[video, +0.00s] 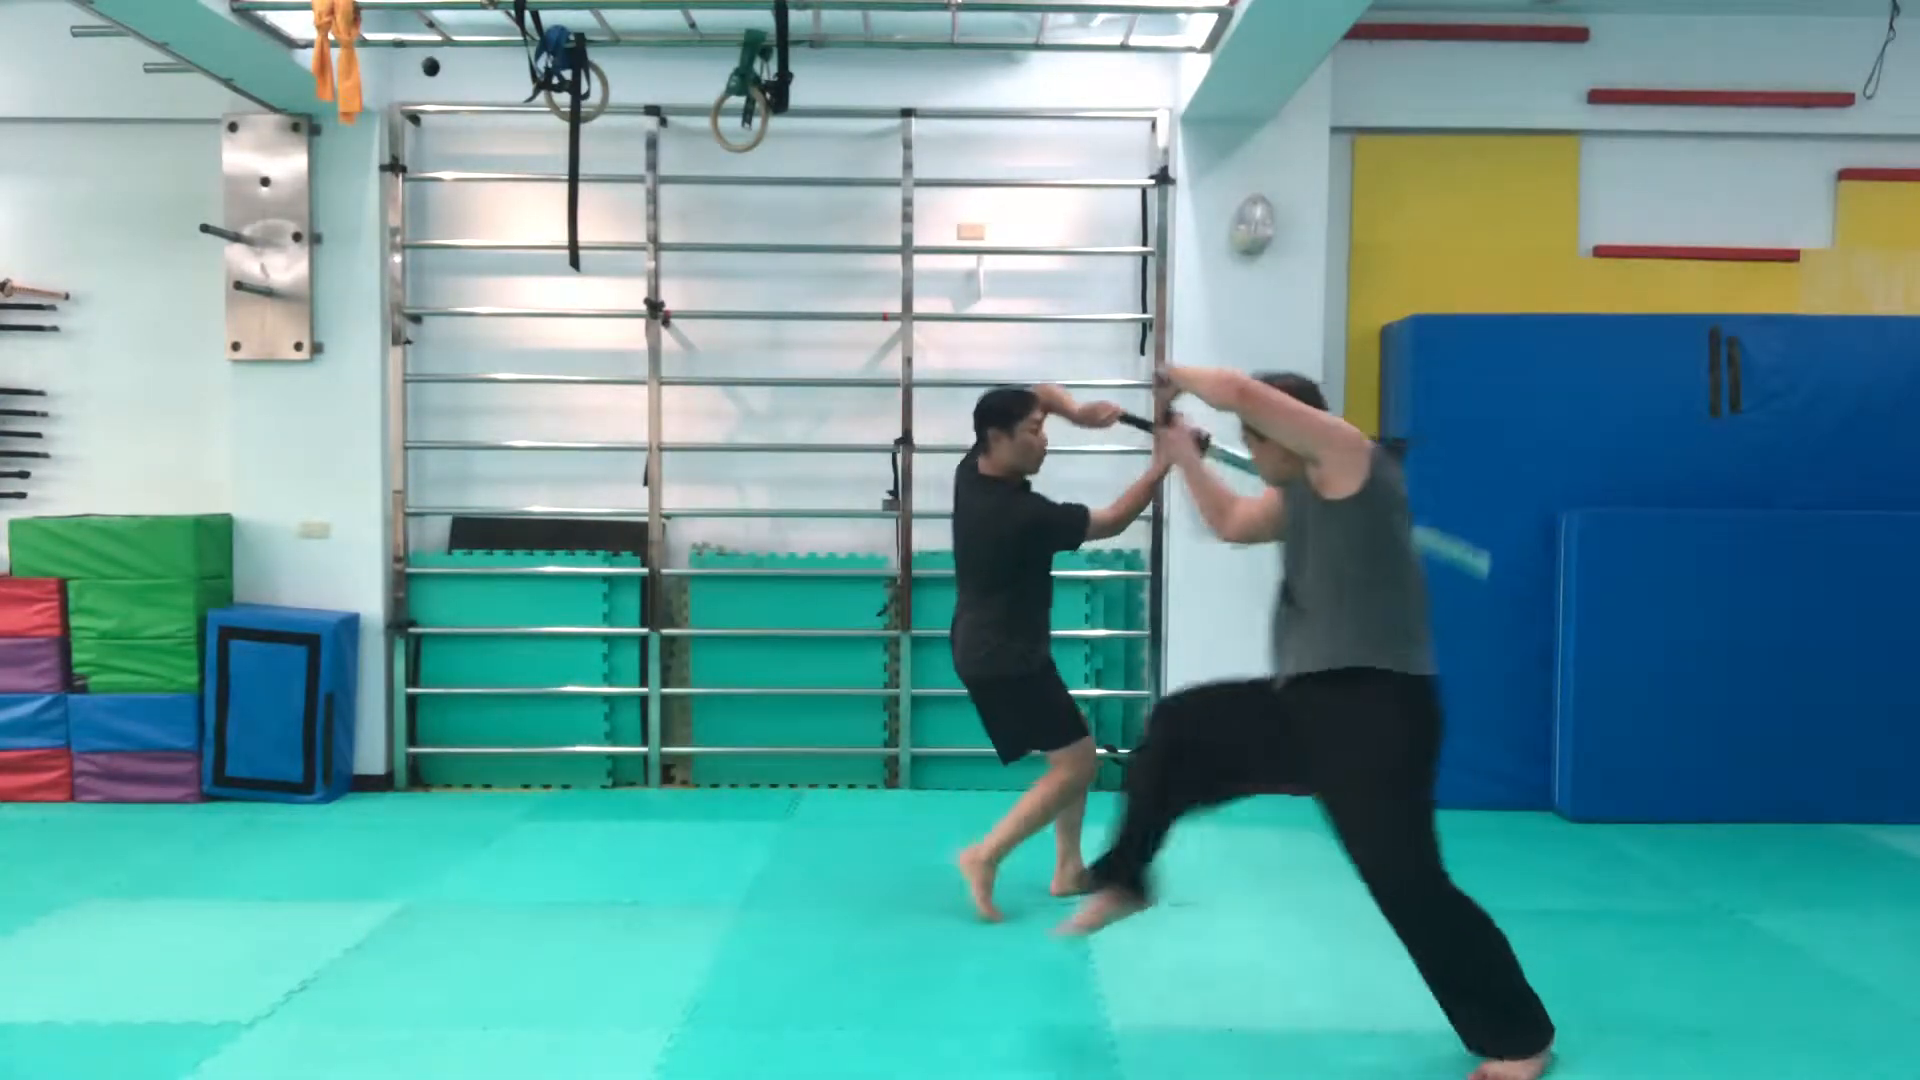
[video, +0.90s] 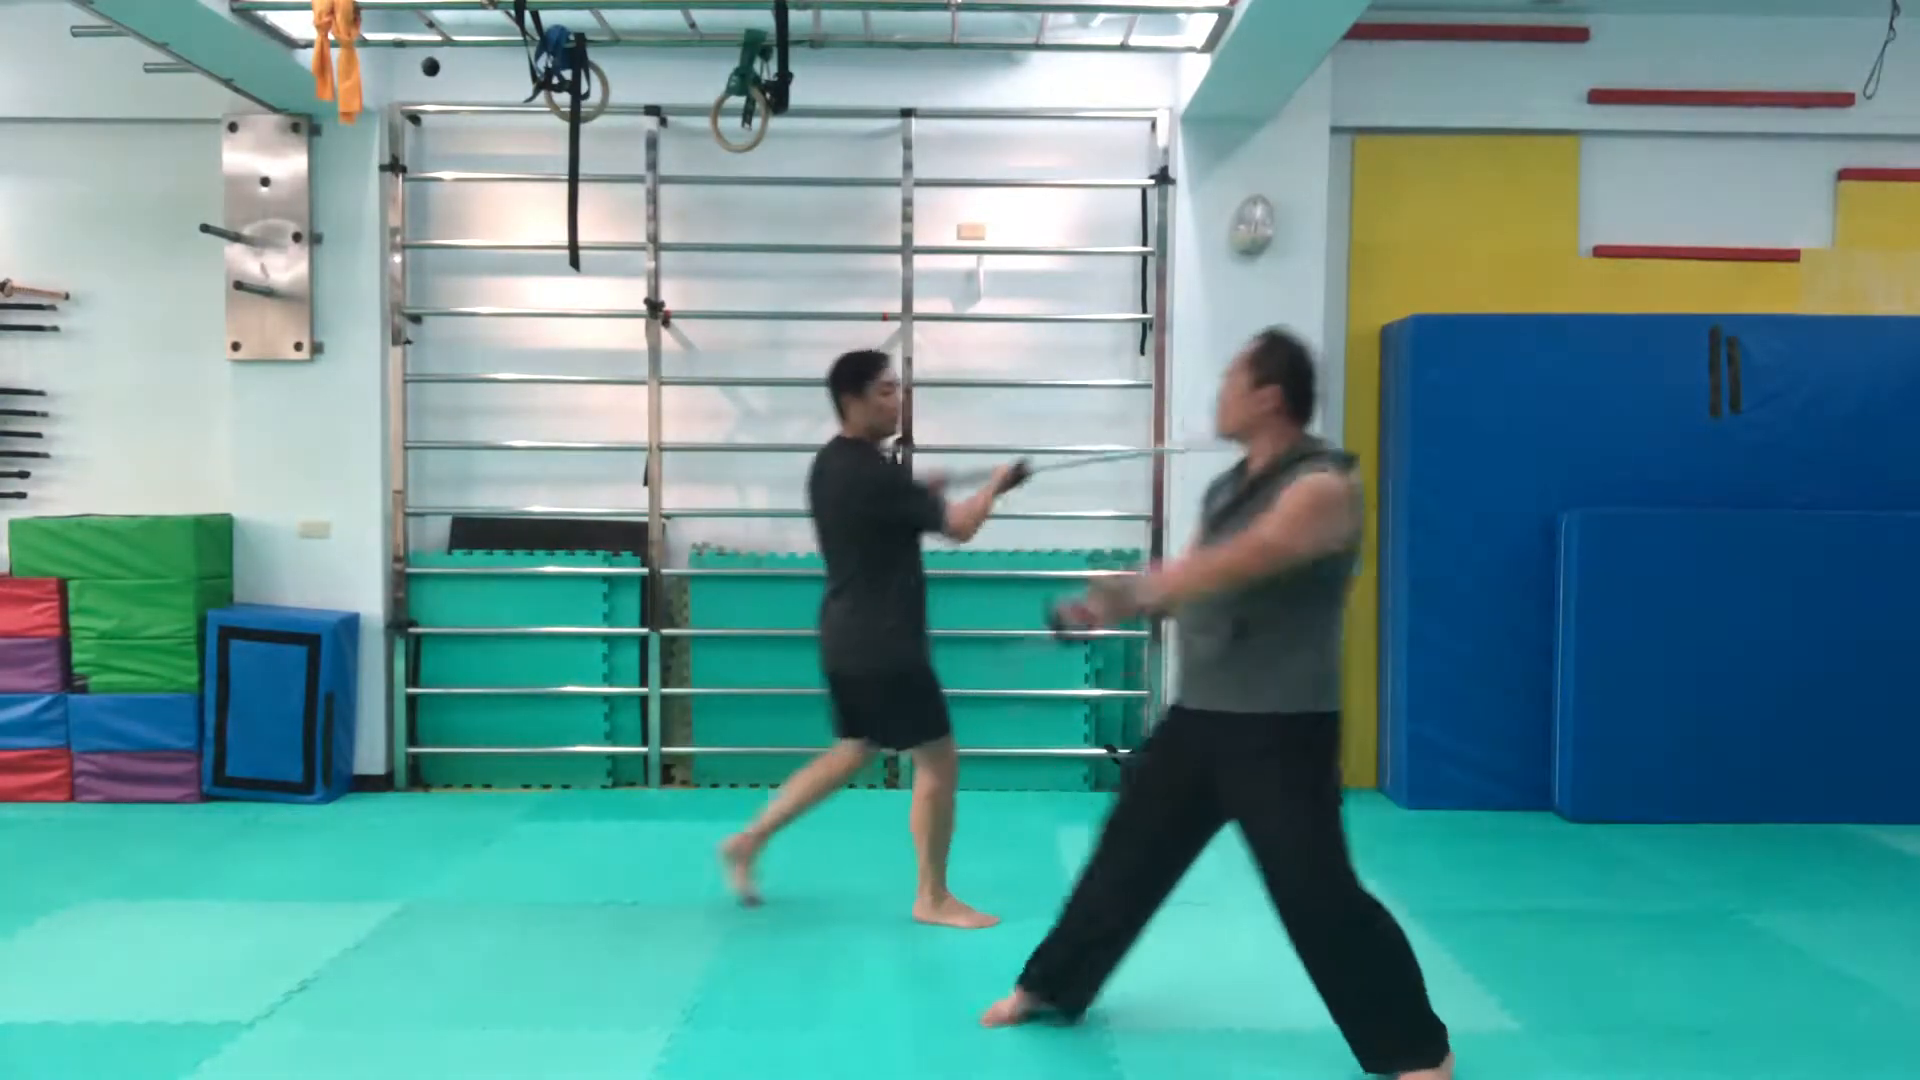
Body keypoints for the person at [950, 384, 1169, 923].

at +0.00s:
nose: (1045, 441)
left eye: (1043, 430)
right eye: (1034, 432)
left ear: (993, 439)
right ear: (998, 439)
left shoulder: (972, 473)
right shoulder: (1022, 512)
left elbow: (1035, 395)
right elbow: (1112, 520)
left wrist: (1076, 413)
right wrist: (1165, 460)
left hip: (984, 646)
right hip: (1010, 656)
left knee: (1072, 751)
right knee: (1077, 761)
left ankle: (1070, 870)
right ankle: (983, 857)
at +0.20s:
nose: (1036, 425)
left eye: (1035, 413)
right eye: (1025, 416)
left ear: (990, 425)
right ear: (990, 426)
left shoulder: (977, 463)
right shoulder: (1016, 499)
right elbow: (1093, 520)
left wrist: (1054, 395)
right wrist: (1148, 487)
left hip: (993, 638)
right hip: (1013, 649)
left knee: (1073, 738)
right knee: (1055, 770)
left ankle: (1075, 872)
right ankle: (957, 875)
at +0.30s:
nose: (1027, 422)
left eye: (1026, 409)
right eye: (1014, 412)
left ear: (979, 420)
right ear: (979, 420)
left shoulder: (971, 464)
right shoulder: (1006, 491)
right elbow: (1084, 523)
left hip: (990, 636)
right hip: (1003, 646)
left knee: (1066, 742)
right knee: (1049, 768)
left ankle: (1075, 869)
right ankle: (953, 877)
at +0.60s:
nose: (978, 406)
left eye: (978, 393)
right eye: (966, 394)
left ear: (927, 405)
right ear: (928, 403)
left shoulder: (911, 458)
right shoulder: (957, 476)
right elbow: (1028, 518)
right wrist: (1073, 472)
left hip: (925, 637)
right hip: (953, 643)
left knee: (992, 753)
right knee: (991, 763)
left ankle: (1004, 863)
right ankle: (936, 893)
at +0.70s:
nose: (958, 400)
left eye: (955, 388)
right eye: (945, 390)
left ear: (908, 401)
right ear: (910, 399)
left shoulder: (887, 454)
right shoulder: (931, 472)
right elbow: (1007, 504)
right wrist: (1055, 465)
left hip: (899, 636)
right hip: (935, 640)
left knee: (952, 749)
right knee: (976, 762)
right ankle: (935, 895)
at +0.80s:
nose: (928, 400)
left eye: (926, 388)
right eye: (916, 390)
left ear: (879, 401)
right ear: (882, 399)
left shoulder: (858, 455)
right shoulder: (904, 467)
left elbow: (906, 480)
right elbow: (993, 505)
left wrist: (939, 439)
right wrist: (1037, 456)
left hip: (874, 636)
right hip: (914, 640)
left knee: (912, 744)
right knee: (957, 760)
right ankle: (934, 898)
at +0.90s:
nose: (899, 400)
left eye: (897, 390)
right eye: (887, 391)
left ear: (853, 404)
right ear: (854, 400)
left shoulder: (828, 467)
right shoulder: (876, 474)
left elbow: (869, 518)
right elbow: (961, 523)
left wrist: (920, 490)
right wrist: (997, 485)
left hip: (846, 640)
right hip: (889, 644)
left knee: (856, 748)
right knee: (937, 760)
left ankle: (748, 841)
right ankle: (933, 898)